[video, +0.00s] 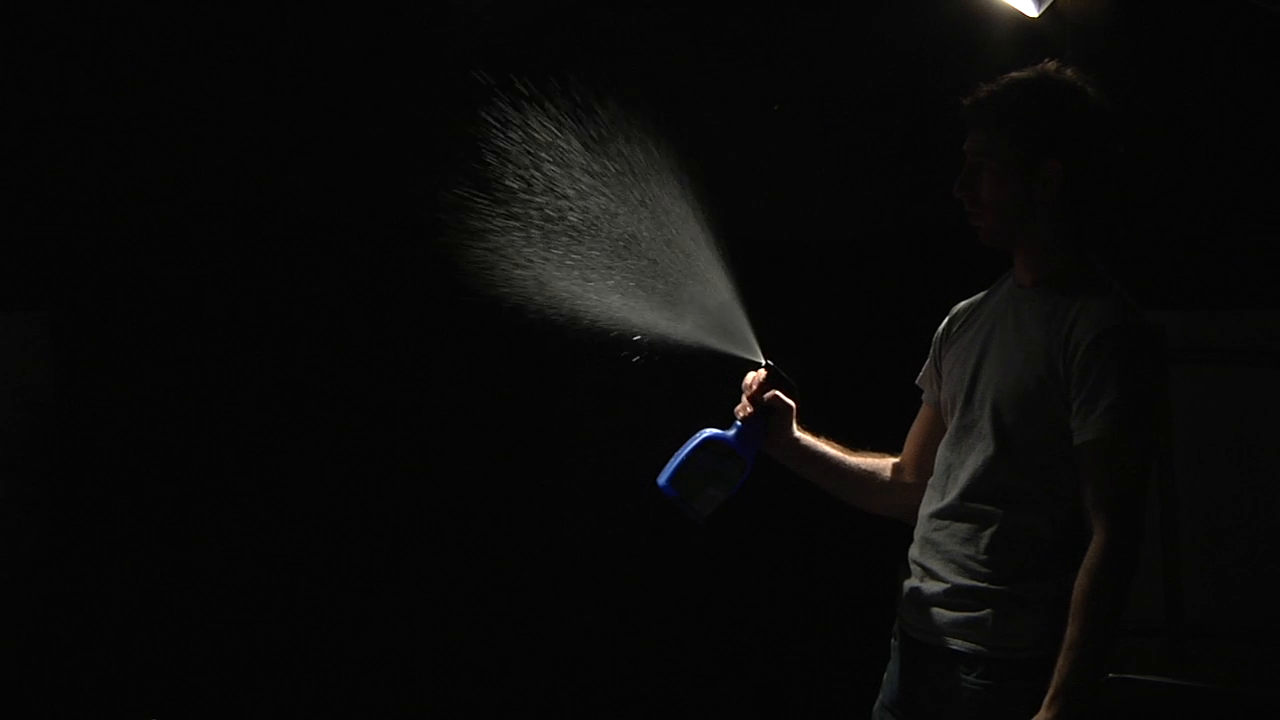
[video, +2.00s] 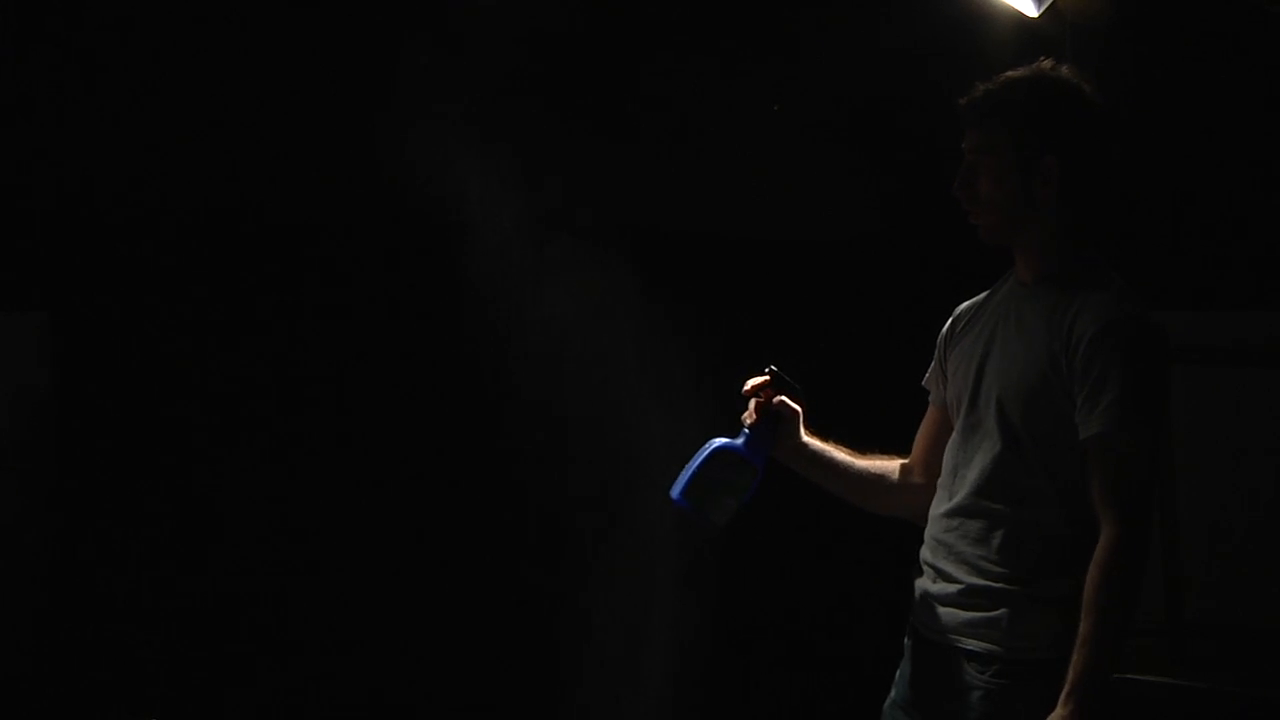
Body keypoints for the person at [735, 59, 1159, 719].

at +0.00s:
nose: (964, 184)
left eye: (985, 164)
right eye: (968, 163)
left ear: (1045, 177)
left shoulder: (1102, 328)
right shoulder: (965, 323)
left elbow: (1114, 533)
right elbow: (910, 485)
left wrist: (1060, 700)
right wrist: (791, 439)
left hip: (1010, 661)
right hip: (919, 642)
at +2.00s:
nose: (962, 184)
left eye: (982, 163)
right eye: (966, 163)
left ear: (1044, 174)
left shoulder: (1103, 324)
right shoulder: (969, 322)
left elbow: (1123, 527)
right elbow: (920, 486)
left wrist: (1076, 698)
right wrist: (798, 443)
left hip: (1022, 659)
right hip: (931, 644)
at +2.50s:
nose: (963, 180)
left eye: (983, 159)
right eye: (967, 159)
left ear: (1044, 171)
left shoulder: (1097, 323)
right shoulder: (966, 321)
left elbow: (1108, 526)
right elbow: (914, 485)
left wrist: (1035, 692)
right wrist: (797, 443)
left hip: (1011, 668)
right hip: (925, 648)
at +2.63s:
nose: (1122, 324)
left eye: (1145, 306)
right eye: (1123, 305)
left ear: (1202, 319)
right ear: (1121, 320)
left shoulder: (1258, 459)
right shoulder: (1088, 456)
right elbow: (930, 520)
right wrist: (806, 453)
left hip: (1233, 699)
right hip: (1117, 700)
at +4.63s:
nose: (1119, 316)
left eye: (1142, 299)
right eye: (1123, 297)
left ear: (1202, 319)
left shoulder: (1258, 459)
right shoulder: (1088, 456)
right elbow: (933, 519)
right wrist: (811, 449)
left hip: (1233, 702)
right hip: (1118, 702)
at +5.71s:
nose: (1121, 330)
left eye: (1143, 312)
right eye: (1125, 312)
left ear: (1199, 330)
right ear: (1125, 332)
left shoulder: (1256, 463)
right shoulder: (1087, 468)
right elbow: (933, 531)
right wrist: (814, 460)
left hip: (1238, 700)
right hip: (1121, 702)